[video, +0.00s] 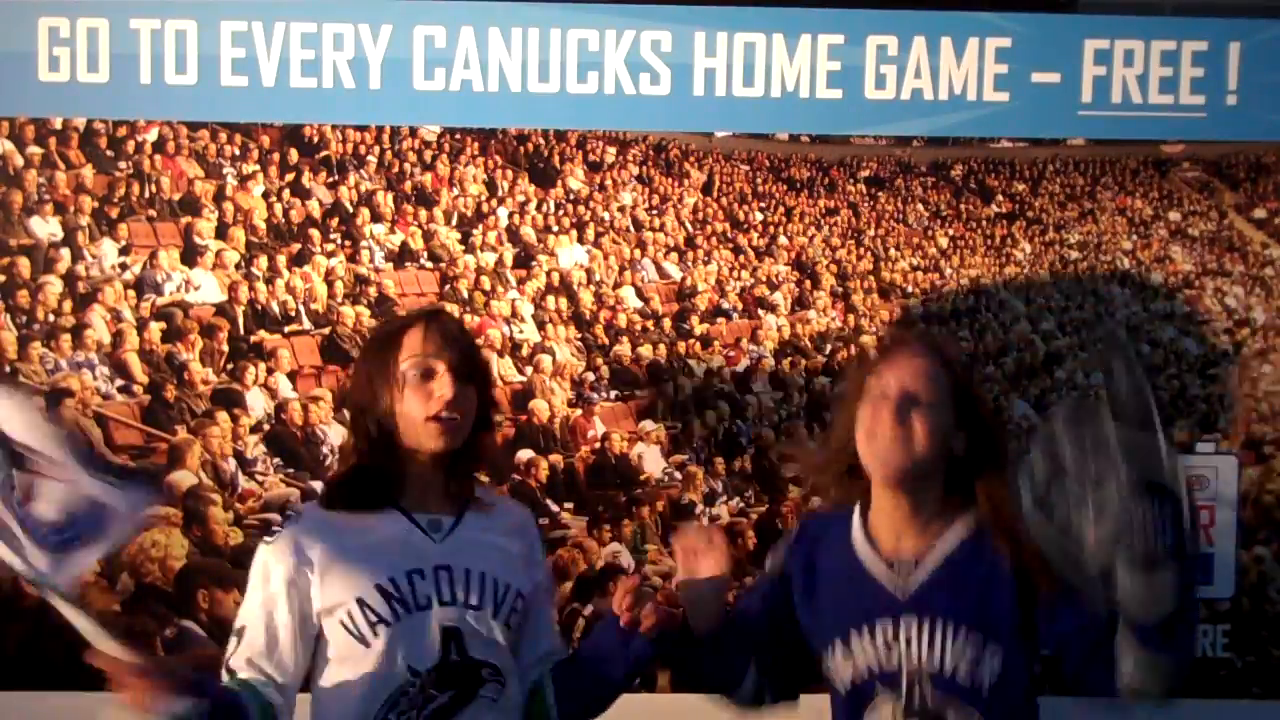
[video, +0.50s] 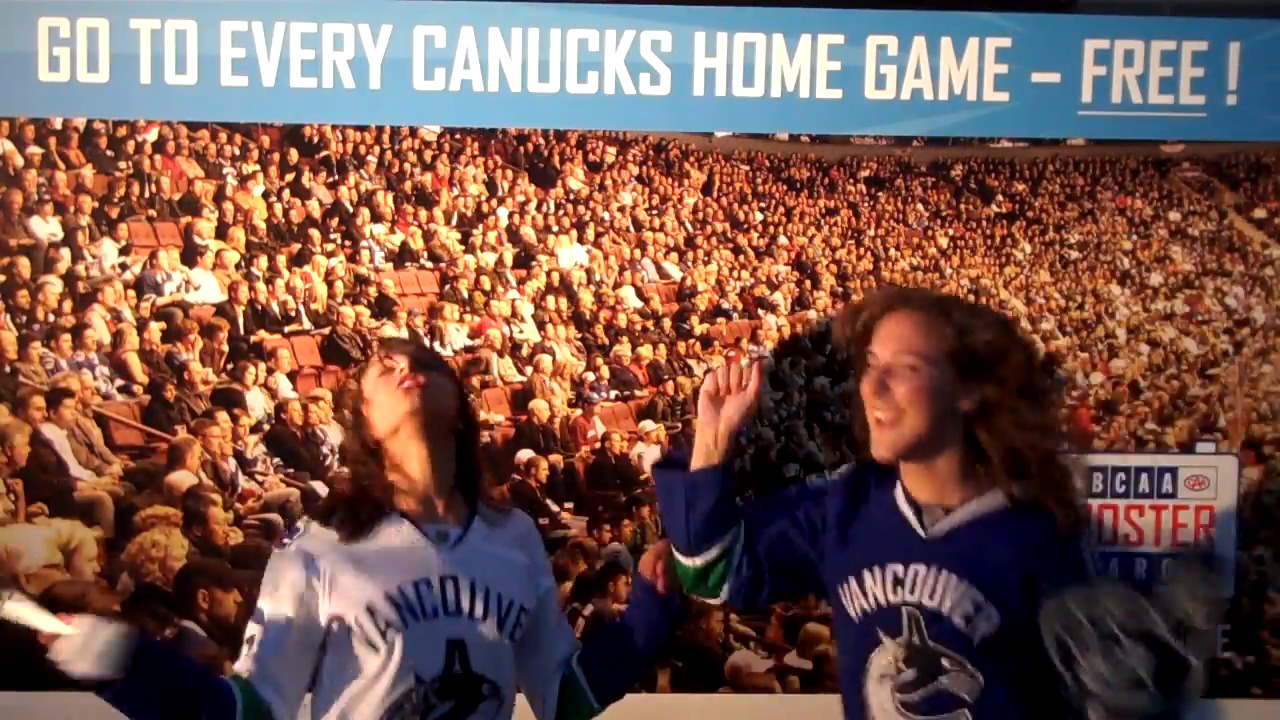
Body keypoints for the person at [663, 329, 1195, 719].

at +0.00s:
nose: (890, 414)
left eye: (914, 402)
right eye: (876, 398)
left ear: (955, 436)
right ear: (852, 422)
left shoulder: (1013, 558)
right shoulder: (811, 550)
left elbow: (1109, 687)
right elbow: (743, 683)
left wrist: (1149, 593)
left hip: (979, 713)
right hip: (857, 711)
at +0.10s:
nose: (864, 392)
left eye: (888, 371)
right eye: (851, 384)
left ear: (945, 390)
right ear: (843, 414)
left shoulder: (1030, 520)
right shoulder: (828, 539)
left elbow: (1165, 615)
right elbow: (797, 678)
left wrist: (1134, 490)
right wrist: (717, 643)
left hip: (1001, 713)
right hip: (871, 715)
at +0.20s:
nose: (855, 456)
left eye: (874, 431)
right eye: (846, 439)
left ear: (942, 427)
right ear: (836, 452)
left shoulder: (1037, 574)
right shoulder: (846, 579)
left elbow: (1143, 610)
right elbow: (813, 705)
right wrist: (726, 691)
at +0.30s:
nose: (842, 467)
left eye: (866, 442)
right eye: (844, 449)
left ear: (938, 447)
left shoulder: (1027, 606)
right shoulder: (848, 590)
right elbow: (774, 705)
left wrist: (1057, 587)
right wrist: (709, 631)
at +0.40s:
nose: (850, 409)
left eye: (874, 383)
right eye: (851, 389)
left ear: (949, 405)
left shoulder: (1038, 545)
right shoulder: (837, 535)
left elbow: (1116, 696)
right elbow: (737, 624)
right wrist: (705, 507)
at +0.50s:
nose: (872, 386)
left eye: (903, 368)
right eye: (870, 367)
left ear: (968, 389)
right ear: (861, 380)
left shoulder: (1036, 533)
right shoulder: (843, 508)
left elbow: (1087, 679)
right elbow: (713, 572)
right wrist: (711, 436)